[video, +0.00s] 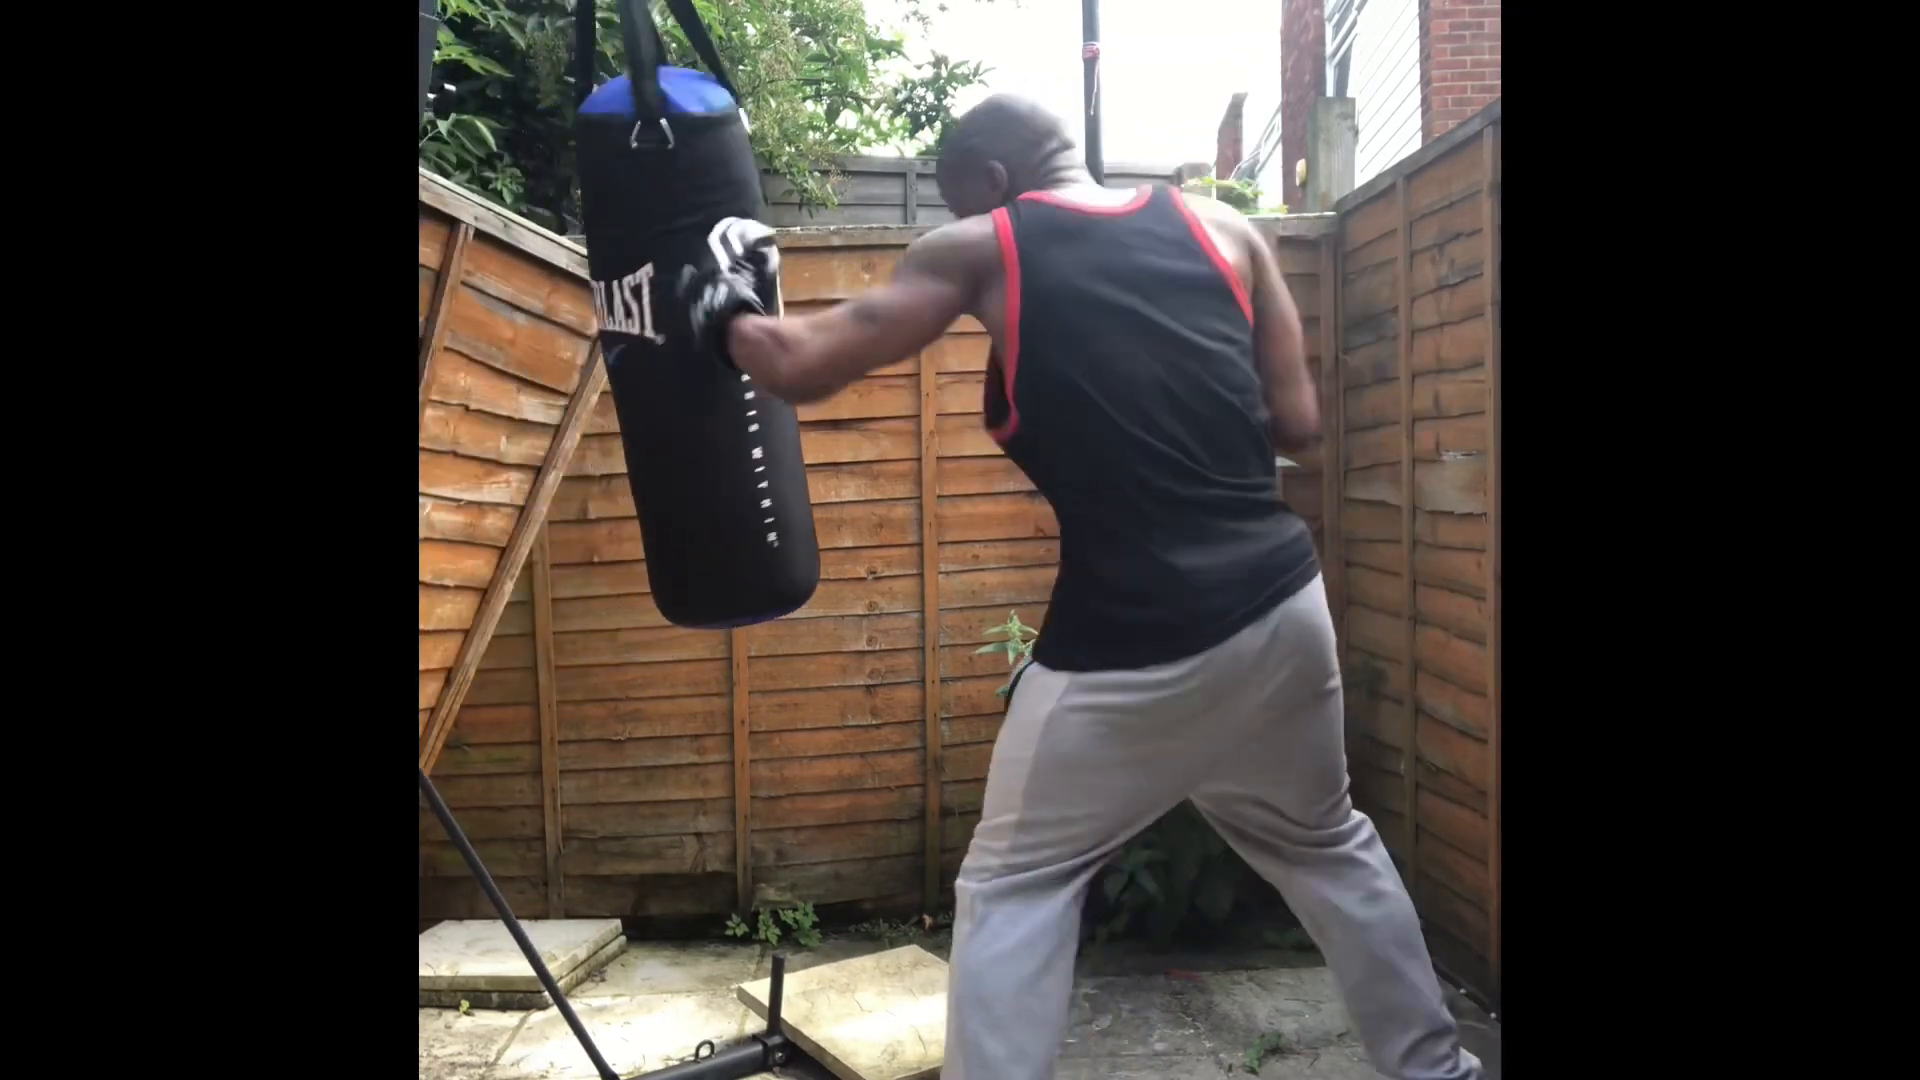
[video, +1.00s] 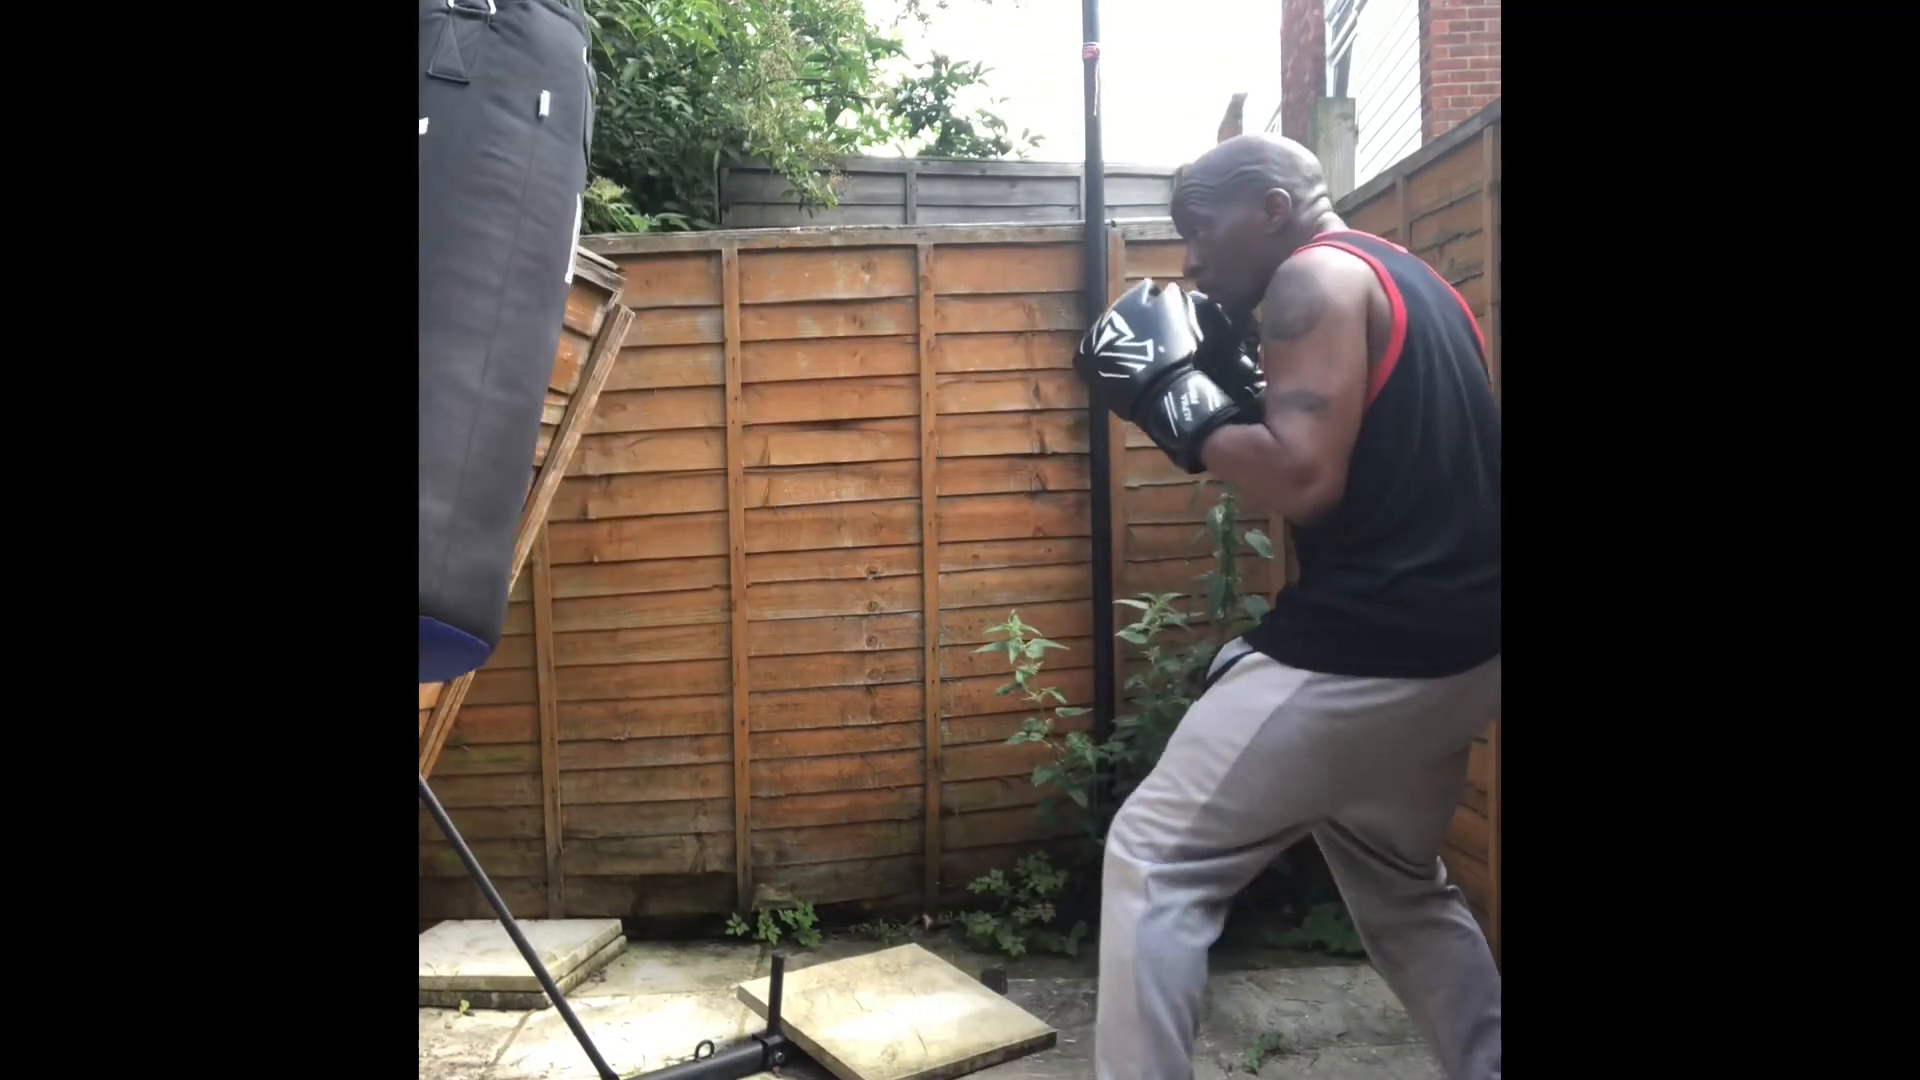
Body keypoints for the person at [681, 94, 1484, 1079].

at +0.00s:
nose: (962, 219)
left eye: (959, 203)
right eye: (957, 203)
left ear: (982, 182)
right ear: (1063, 155)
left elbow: (795, 364)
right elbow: (1300, 421)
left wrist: (717, 304)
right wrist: (1175, 391)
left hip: (1122, 630)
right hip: (1280, 604)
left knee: (1013, 886)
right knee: (1325, 838)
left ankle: (993, 1075)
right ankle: (1437, 1065)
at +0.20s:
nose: (934, 381)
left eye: (934, 357)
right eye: (926, 364)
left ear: (978, 315)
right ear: (1031, 287)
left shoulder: (1021, 331)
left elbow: (974, 540)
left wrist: (865, 437)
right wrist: (877, 441)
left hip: (1145, 701)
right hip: (1293, 678)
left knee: (961, 911)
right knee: (1283, 880)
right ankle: (1458, 1063)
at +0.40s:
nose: (1022, 360)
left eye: (1027, 331)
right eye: (1019, 337)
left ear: (1092, 301)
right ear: (1120, 294)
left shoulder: (1133, 346)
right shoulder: (1234, 349)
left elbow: (1087, 543)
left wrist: (974, 453)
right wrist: (1053, 439)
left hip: (1208, 730)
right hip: (1353, 715)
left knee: (1005, 912)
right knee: (1331, 909)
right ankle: (1474, 1068)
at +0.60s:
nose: (1169, 257)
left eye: (1175, 229)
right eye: (1164, 233)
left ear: (1241, 212)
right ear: (1285, 210)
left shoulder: (1263, 280)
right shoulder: (1391, 283)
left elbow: (1260, 470)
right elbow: (1344, 430)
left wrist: (1116, 403)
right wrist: (1198, 362)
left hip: (1292, 667)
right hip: (1426, 653)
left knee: (1137, 907)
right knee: (1395, 888)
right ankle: (1490, 1062)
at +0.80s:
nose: (1209, 256)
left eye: (1216, 228)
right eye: (1201, 233)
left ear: (1287, 207)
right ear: (1301, 207)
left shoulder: (1325, 269)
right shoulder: (1411, 272)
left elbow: (1261, 468)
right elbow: (1281, 469)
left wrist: (1174, 344)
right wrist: (1187, 352)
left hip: (1363, 646)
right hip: (1460, 639)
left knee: (1193, 880)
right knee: (1400, 880)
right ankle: (1486, 1060)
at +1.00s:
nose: (1190, 266)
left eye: (1199, 234)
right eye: (1185, 239)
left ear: (1273, 211)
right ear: (1291, 211)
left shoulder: (1317, 280)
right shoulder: (1400, 274)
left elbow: (1300, 478)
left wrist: (1180, 410)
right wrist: (1229, 375)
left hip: (1363, 640)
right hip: (1462, 635)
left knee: (1155, 857)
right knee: (1396, 874)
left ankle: (1139, 1068)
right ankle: (1485, 1062)